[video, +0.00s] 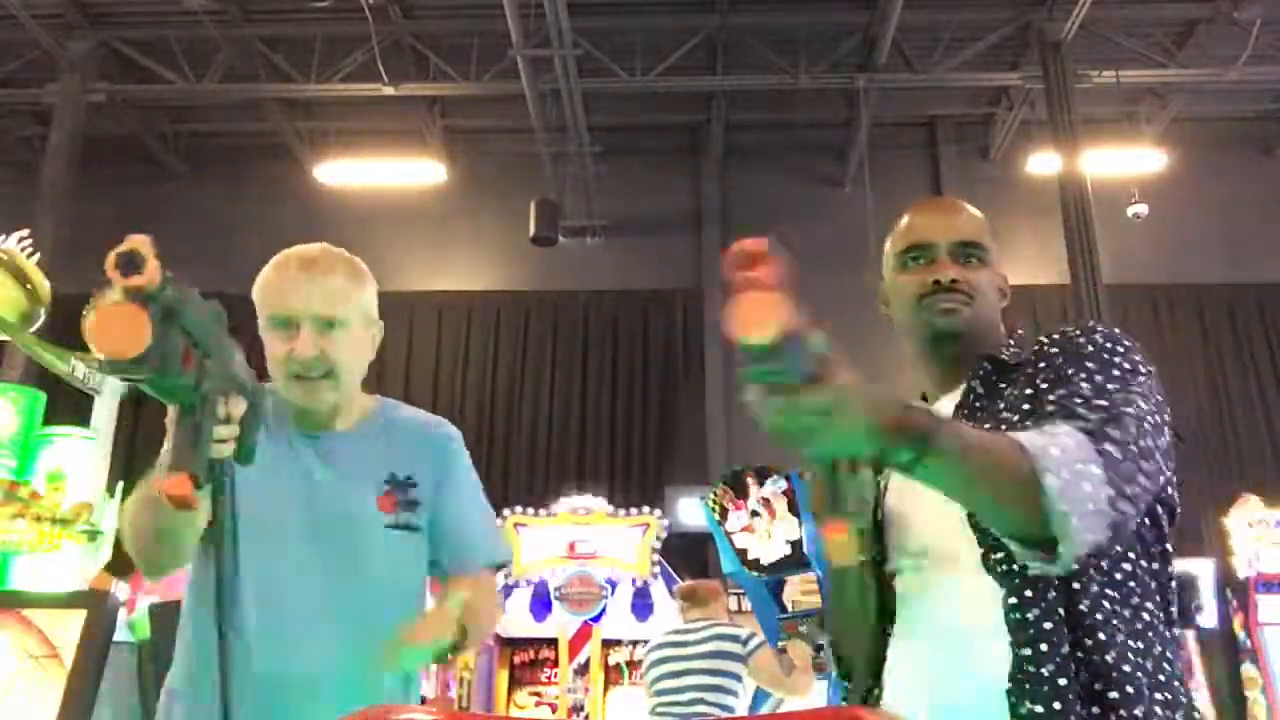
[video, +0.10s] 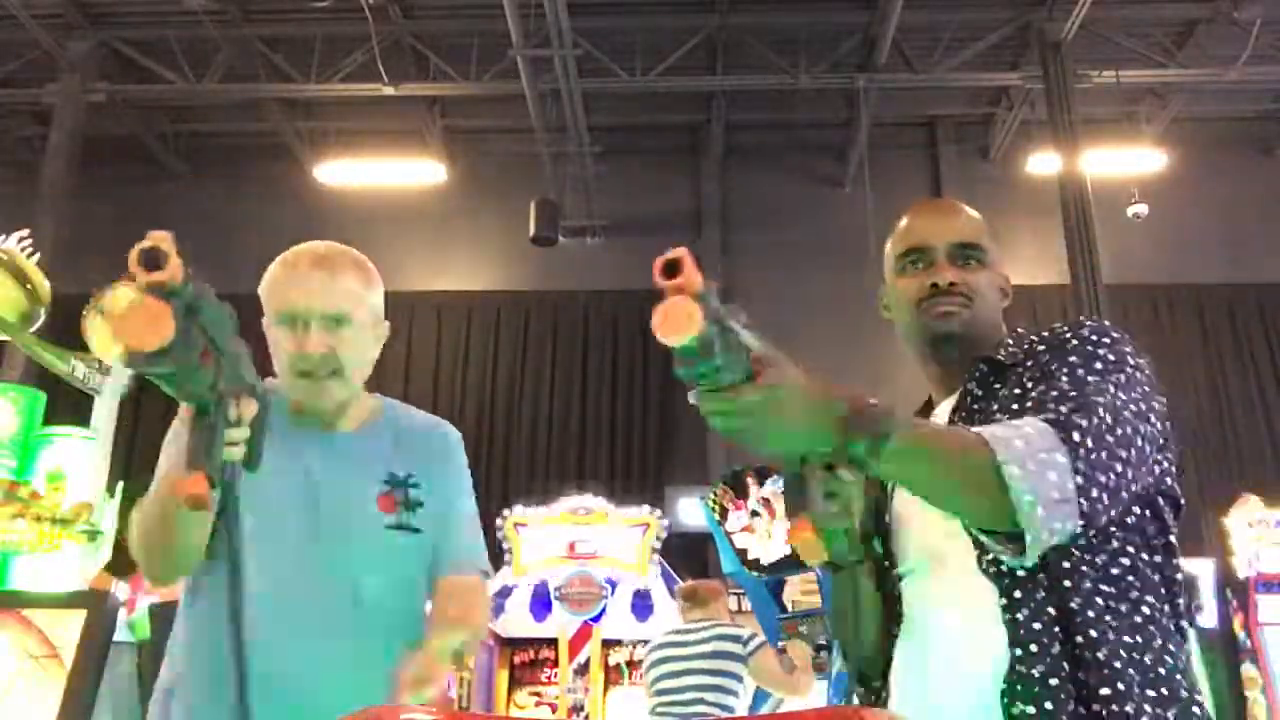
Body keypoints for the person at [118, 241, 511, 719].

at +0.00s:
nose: (304, 347)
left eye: (329, 325)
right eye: (284, 325)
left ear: (373, 337)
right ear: (260, 334)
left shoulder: (430, 447)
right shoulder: (216, 425)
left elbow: (477, 593)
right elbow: (152, 558)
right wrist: (183, 463)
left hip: (365, 710)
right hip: (216, 707)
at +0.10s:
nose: (313, 346)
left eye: (336, 323)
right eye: (293, 323)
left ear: (379, 335)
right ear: (266, 331)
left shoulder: (430, 446)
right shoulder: (216, 419)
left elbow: (463, 584)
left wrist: (438, 656)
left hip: (365, 710)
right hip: (211, 707)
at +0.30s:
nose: (243, 305)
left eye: (269, 280)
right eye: (220, 280)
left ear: (317, 296)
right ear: (193, 293)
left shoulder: (371, 419)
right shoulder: (143, 393)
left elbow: (395, 580)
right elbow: (65, 541)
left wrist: (328, 633)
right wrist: (76, 436)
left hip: (295, 713)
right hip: (135, 705)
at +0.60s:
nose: (248, 258)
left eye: (278, 236)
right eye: (226, 234)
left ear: (330, 255)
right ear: (199, 249)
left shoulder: (392, 389)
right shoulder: (144, 366)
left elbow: (424, 570)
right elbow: (62, 526)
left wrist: (345, 648)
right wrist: (78, 415)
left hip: (310, 709)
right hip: (136, 703)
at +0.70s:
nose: (314, 253)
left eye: (342, 229)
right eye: (290, 228)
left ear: (393, 253)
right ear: (262, 247)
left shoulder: (455, 385)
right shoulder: (203, 365)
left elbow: (490, 566)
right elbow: (126, 529)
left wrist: (385, 648)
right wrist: (101, 412)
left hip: (369, 714)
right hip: (192, 704)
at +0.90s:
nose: (323, 297)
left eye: (348, 279)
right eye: (300, 276)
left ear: (385, 306)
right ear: (269, 295)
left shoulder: (432, 420)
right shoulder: (221, 397)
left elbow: (473, 577)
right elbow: (160, 540)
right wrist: (182, 452)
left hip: (373, 705)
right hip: (217, 703)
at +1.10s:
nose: (311, 299)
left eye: (336, 281)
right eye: (289, 277)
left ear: (377, 305)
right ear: (258, 296)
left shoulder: (424, 410)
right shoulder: (198, 399)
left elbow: (441, 567)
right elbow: (161, 570)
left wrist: (300, 483)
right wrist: (182, 503)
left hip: (370, 705)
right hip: (213, 703)